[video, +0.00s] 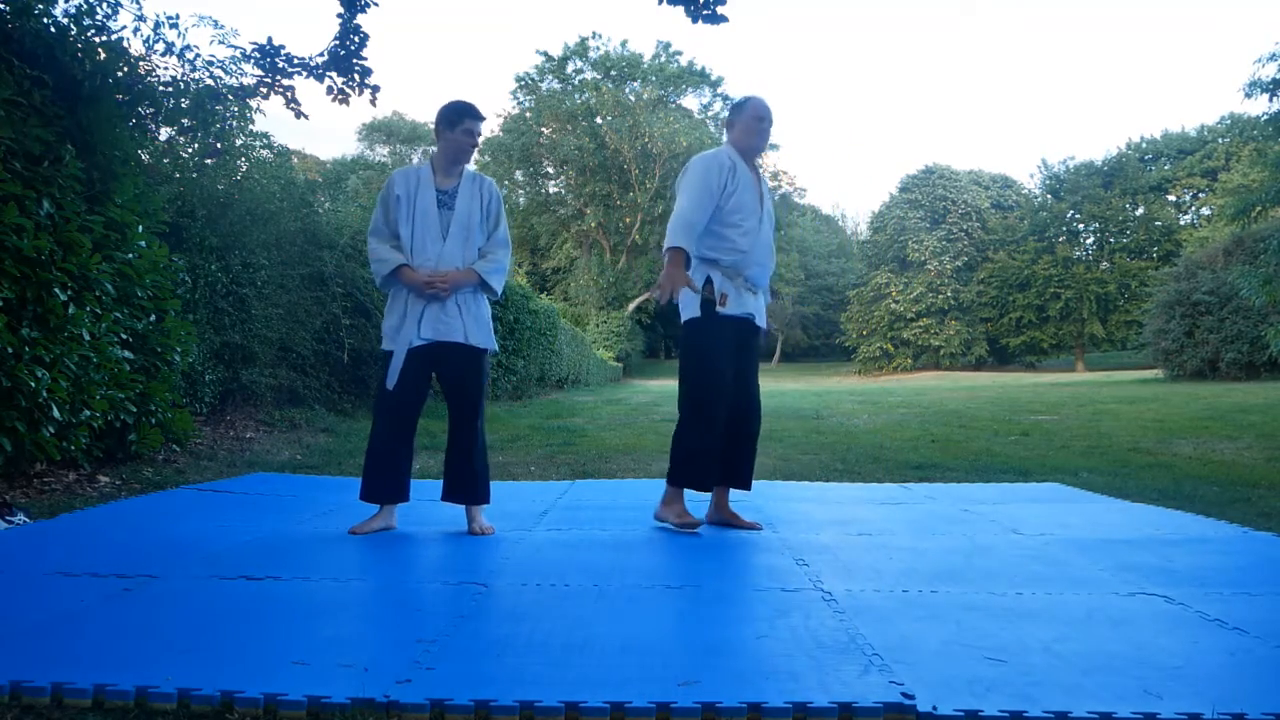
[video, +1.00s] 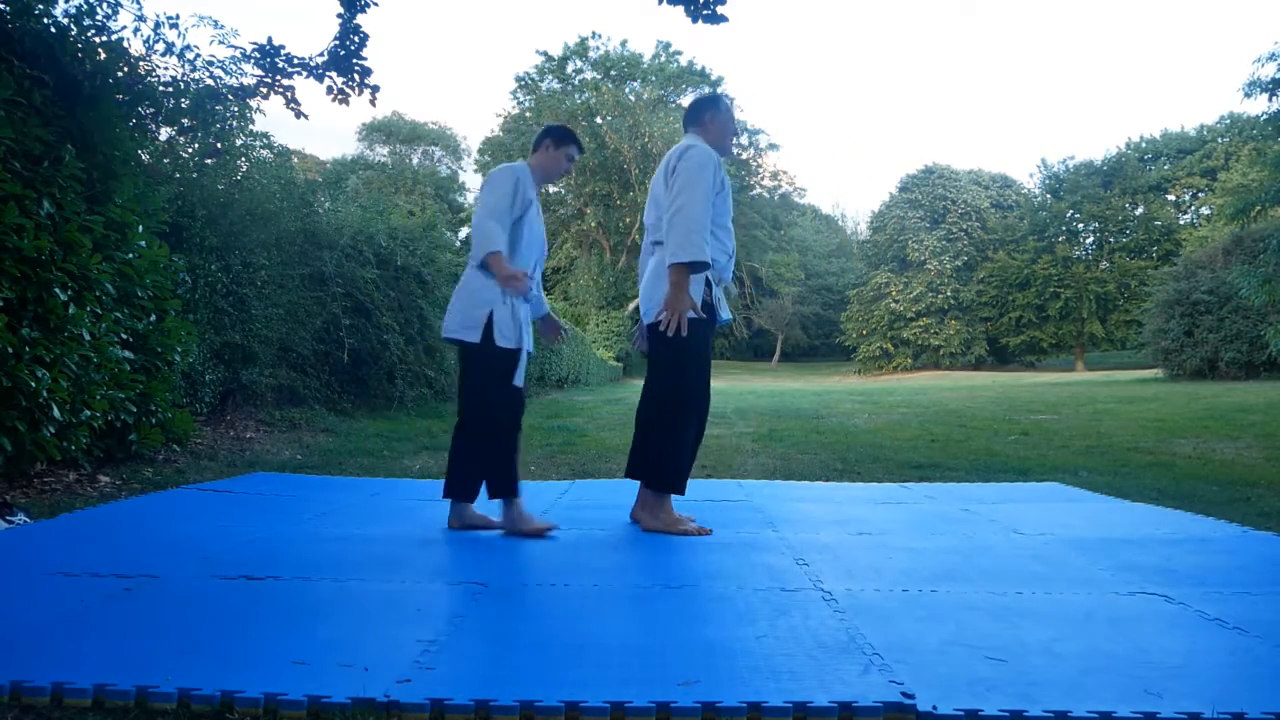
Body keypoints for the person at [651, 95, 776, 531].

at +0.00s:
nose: (767, 129)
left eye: (770, 124)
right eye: (759, 120)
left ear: (768, 133)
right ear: (732, 124)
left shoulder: (761, 186)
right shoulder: (711, 164)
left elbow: (760, 252)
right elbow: (685, 217)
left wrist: (763, 311)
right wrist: (674, 265)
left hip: (746, 305)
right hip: (708, 297)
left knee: (742, 405)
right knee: (704, 399)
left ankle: (720, 504)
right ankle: (672, 500)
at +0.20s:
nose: (768, 138)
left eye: (769, 131)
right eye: (763, 128)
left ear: (743, 127)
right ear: (737, 124)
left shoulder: (740, 173)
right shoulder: (716, 159)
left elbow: (728, 234)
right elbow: (694, 218)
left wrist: (740, 288)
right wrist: (688, 277)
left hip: (733, 301)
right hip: (706, 296)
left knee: (734, 404)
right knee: (693, 400)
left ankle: (719, 503)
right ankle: (661, 505)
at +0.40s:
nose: (763, 136)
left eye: (764, 128)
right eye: (758, 126)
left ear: (733, 123)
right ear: (733, 122)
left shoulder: (729, 167)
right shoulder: (712, 156)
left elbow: (707, 228)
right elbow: (696, 221)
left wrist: (720, 291)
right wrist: (693, 285)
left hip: (714, 299)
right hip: (693, 297)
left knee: (724, 403)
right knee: (682, 401)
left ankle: (720, 503)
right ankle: (660, 509)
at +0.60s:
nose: (753, 133)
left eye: (753, 125)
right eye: (748, 123)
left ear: (721, 121)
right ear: (724, 120)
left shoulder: (714, 161)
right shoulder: (707, 154)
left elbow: (694, 228)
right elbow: (694, 223)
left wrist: (706, 293)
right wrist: (686, 292)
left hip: (699, 301)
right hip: (686, 300)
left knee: (717, 393)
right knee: (678, 399)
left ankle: (702, 497)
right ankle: (658, 510)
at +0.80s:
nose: (743, 132)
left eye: (743, 124)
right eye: (738, 123)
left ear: (708, 121)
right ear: (715, 120)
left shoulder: (694, 156)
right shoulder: (702, 155)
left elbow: (677, 226)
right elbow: (688, 223)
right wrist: (680, 290)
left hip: (683, 297)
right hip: (688, 298)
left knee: (681, 398)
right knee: (686, 398)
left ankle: (654, 495)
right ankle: (659, 505)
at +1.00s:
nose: (736, 129)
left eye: (735, 121)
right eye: (731, 120)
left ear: (700, 122)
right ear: (709, 120)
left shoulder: (684, 157)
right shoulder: (697, 156)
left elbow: (659, 230)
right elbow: (685, 222)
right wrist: (677, 289)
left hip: (676, 299)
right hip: (686, 300)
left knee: (669, 399)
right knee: (681, 401)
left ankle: (651, 501)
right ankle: (657, 506)